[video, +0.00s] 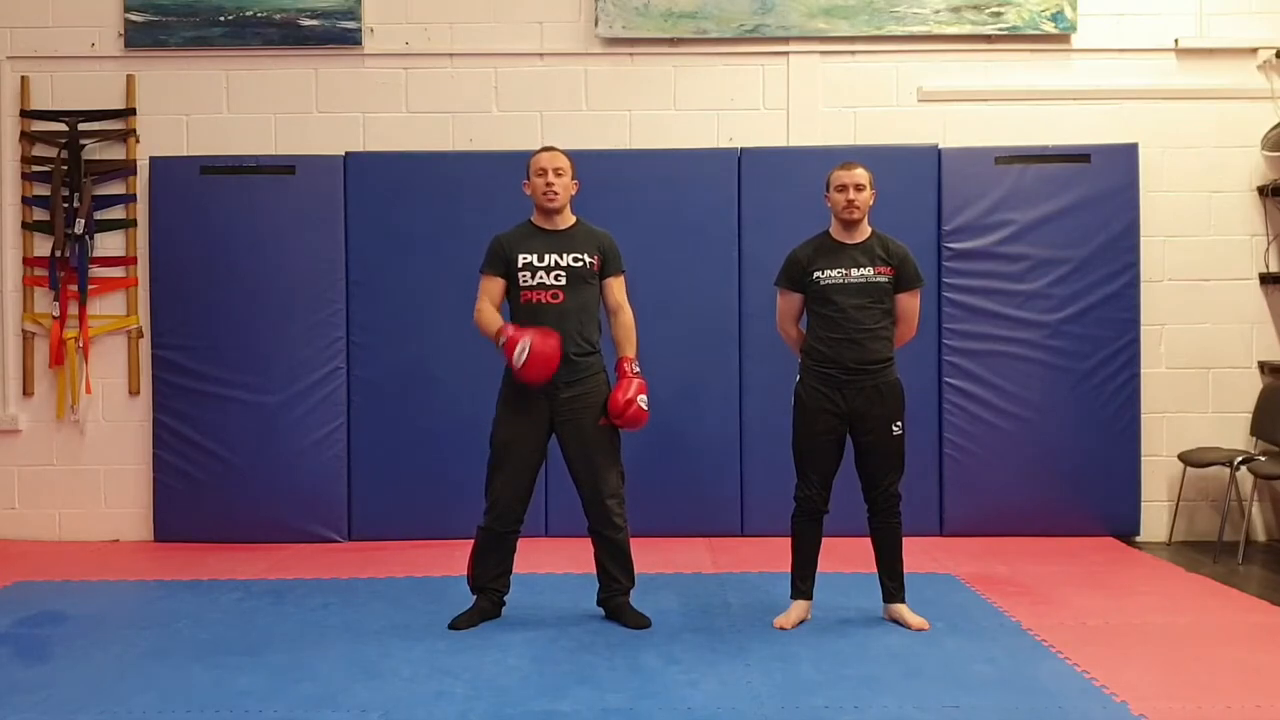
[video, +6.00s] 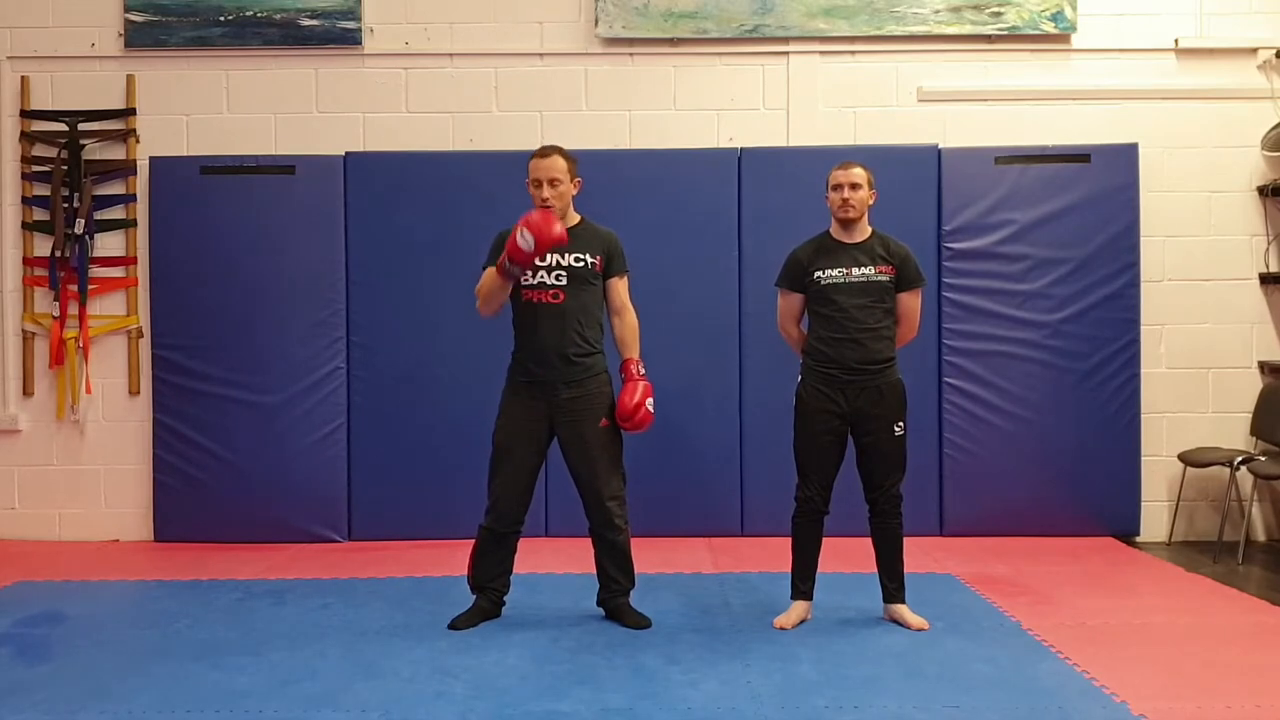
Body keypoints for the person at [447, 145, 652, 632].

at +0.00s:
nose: (550, 182)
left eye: (559, 174)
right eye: (542, 175)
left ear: (573, 184)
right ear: (528, 186)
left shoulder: (599, 243)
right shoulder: (508, 244)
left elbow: (619, 309)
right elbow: (484, 309)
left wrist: (629, 371)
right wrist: (508, 337)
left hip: (586, 387)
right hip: (525, 389)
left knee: (606, 498)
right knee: (504, 497)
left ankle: (616, 598)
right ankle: (488, 597)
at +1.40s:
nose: (547, 176)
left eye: (557, 171)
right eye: (540, 170)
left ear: (575, 187)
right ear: (527, 184)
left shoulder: (598, 240)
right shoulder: (507, 245)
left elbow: (628, 306)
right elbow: (472, 312)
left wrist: (651, 363)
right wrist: (473, 282)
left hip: (583, 389)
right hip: (522, 389)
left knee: (604, 498)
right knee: (503, 499)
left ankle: (616, 598)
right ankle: (488, 598)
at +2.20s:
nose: (571, 179)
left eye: (578, 173)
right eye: (561, 172)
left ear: (587, 187)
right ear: (541, 185)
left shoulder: (599, 248)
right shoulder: (514, 236)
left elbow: (613, 318)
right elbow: (497, 297)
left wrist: (629, 376)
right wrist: (499, 352)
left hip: (585, 390)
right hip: (522, 390)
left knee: (607, 499)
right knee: (504, 500)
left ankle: (616, 597)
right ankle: (488, 597)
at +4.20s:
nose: (552, 176)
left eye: (560, 169)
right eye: (543, 170)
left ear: (575, 181)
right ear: (529, 185)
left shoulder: (600, 240)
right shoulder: (508, 239)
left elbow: (635, 300)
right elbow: (471, 291)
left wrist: (634, 354)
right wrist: (521, 304)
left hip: (587, 389)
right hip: (526, 389)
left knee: (607, 499)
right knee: (505, 498)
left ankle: (616, 597)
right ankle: (488, 597)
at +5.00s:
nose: (554, 184)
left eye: (565, 176)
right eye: (547, 175)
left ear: (580, 185)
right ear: (534, 181)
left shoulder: (603, 241)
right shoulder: (512, 240)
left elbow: (622, 310)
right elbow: (489, 309)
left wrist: (634, 372)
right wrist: (483, 370)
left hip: (586, 388)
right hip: (524, 388)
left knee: (606, 499)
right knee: (505, 500)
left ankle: (616, 598)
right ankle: (488, 597)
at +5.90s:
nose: (548, 189)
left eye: (558, 180)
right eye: (540, 180)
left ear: (577, 185)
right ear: (530, 185)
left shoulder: (604, 243)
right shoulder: (511, 242)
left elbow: (621, 311)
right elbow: (482, 310)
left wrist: (633, 373)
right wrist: (511, 298)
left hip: (587, 390)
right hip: (526, 390)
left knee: (607, 500)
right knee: (504, 500)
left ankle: (616, 598)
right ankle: (488, 598)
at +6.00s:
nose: (543, 192)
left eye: (552, 183)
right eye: (535, 184)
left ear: (575, 185)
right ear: (527, 188)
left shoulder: (603, 242)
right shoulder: (514, 240)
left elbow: (622, 311)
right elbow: (486, 305)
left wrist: (633, 373)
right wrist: (515, 257)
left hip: (587, 389)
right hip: (527, 389)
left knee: (607, 500)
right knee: (505, 498)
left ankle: (616, 598)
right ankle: (488, 597)